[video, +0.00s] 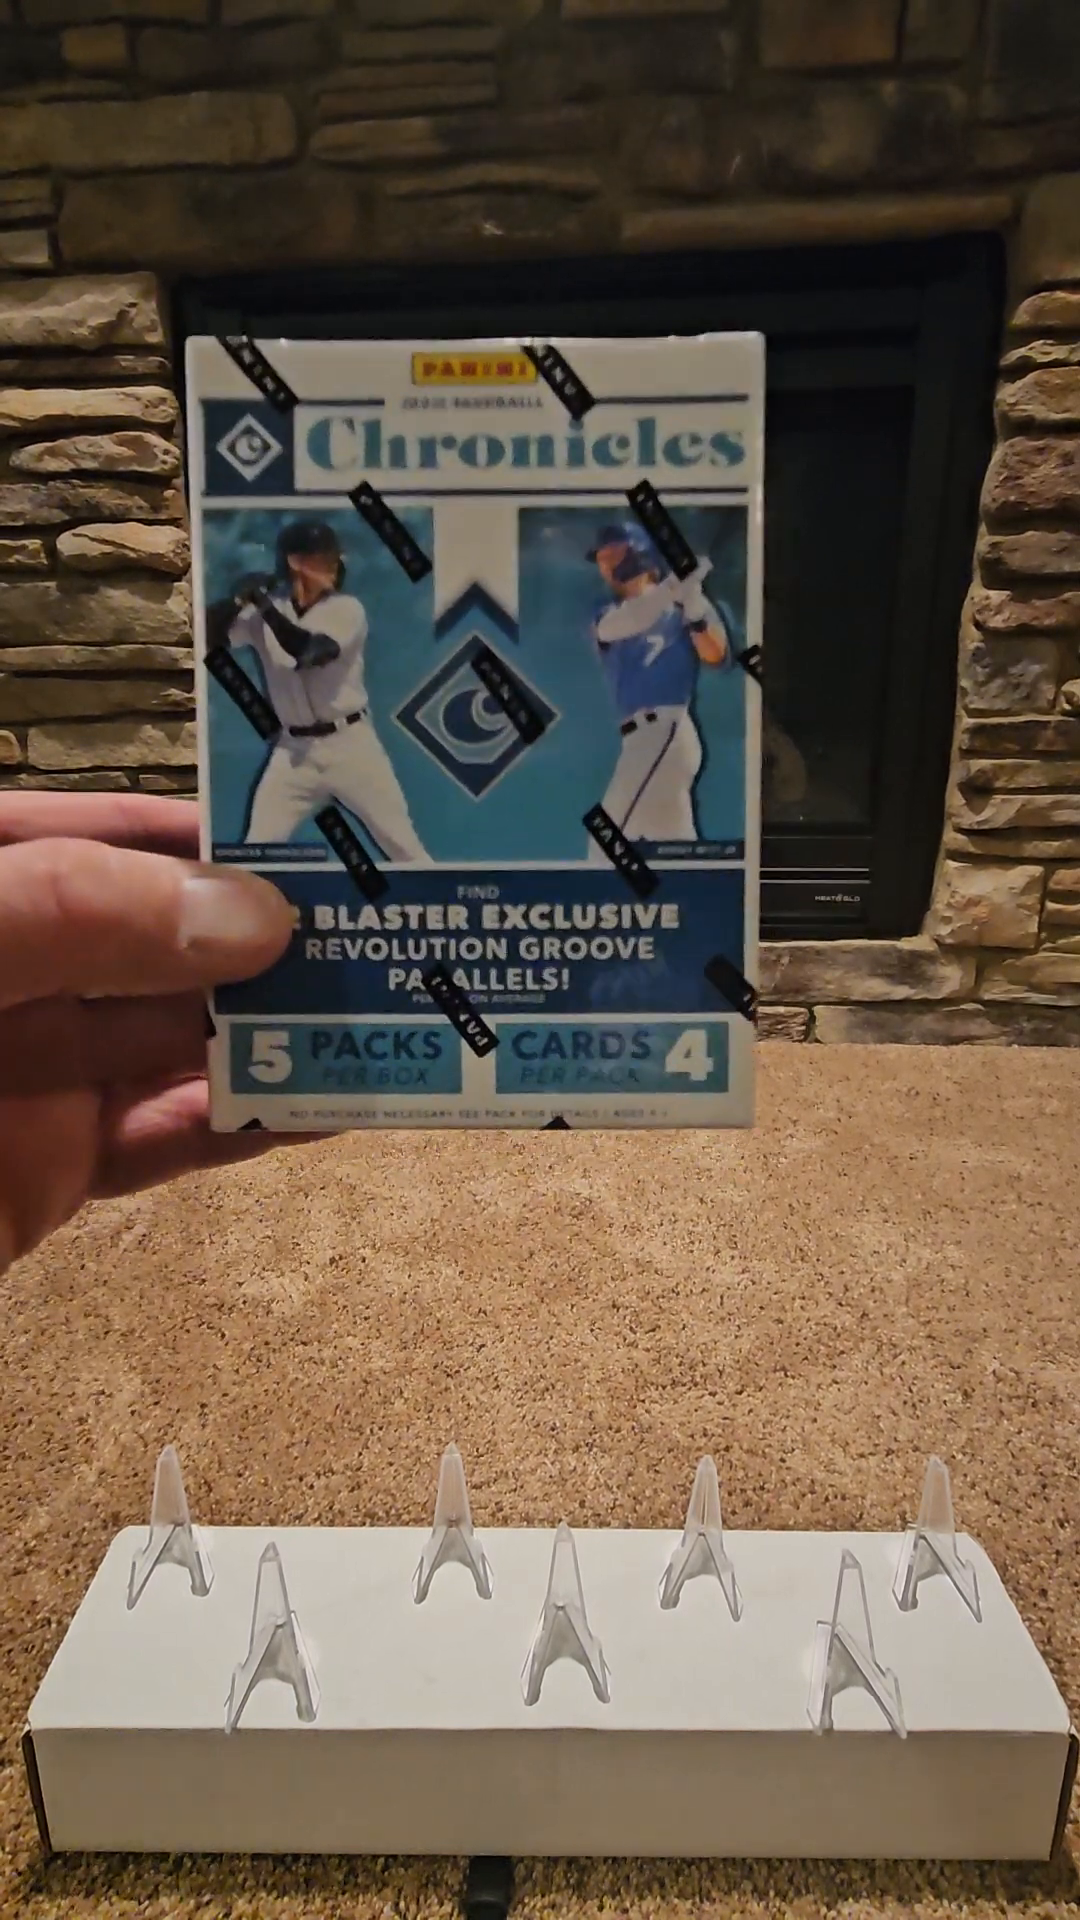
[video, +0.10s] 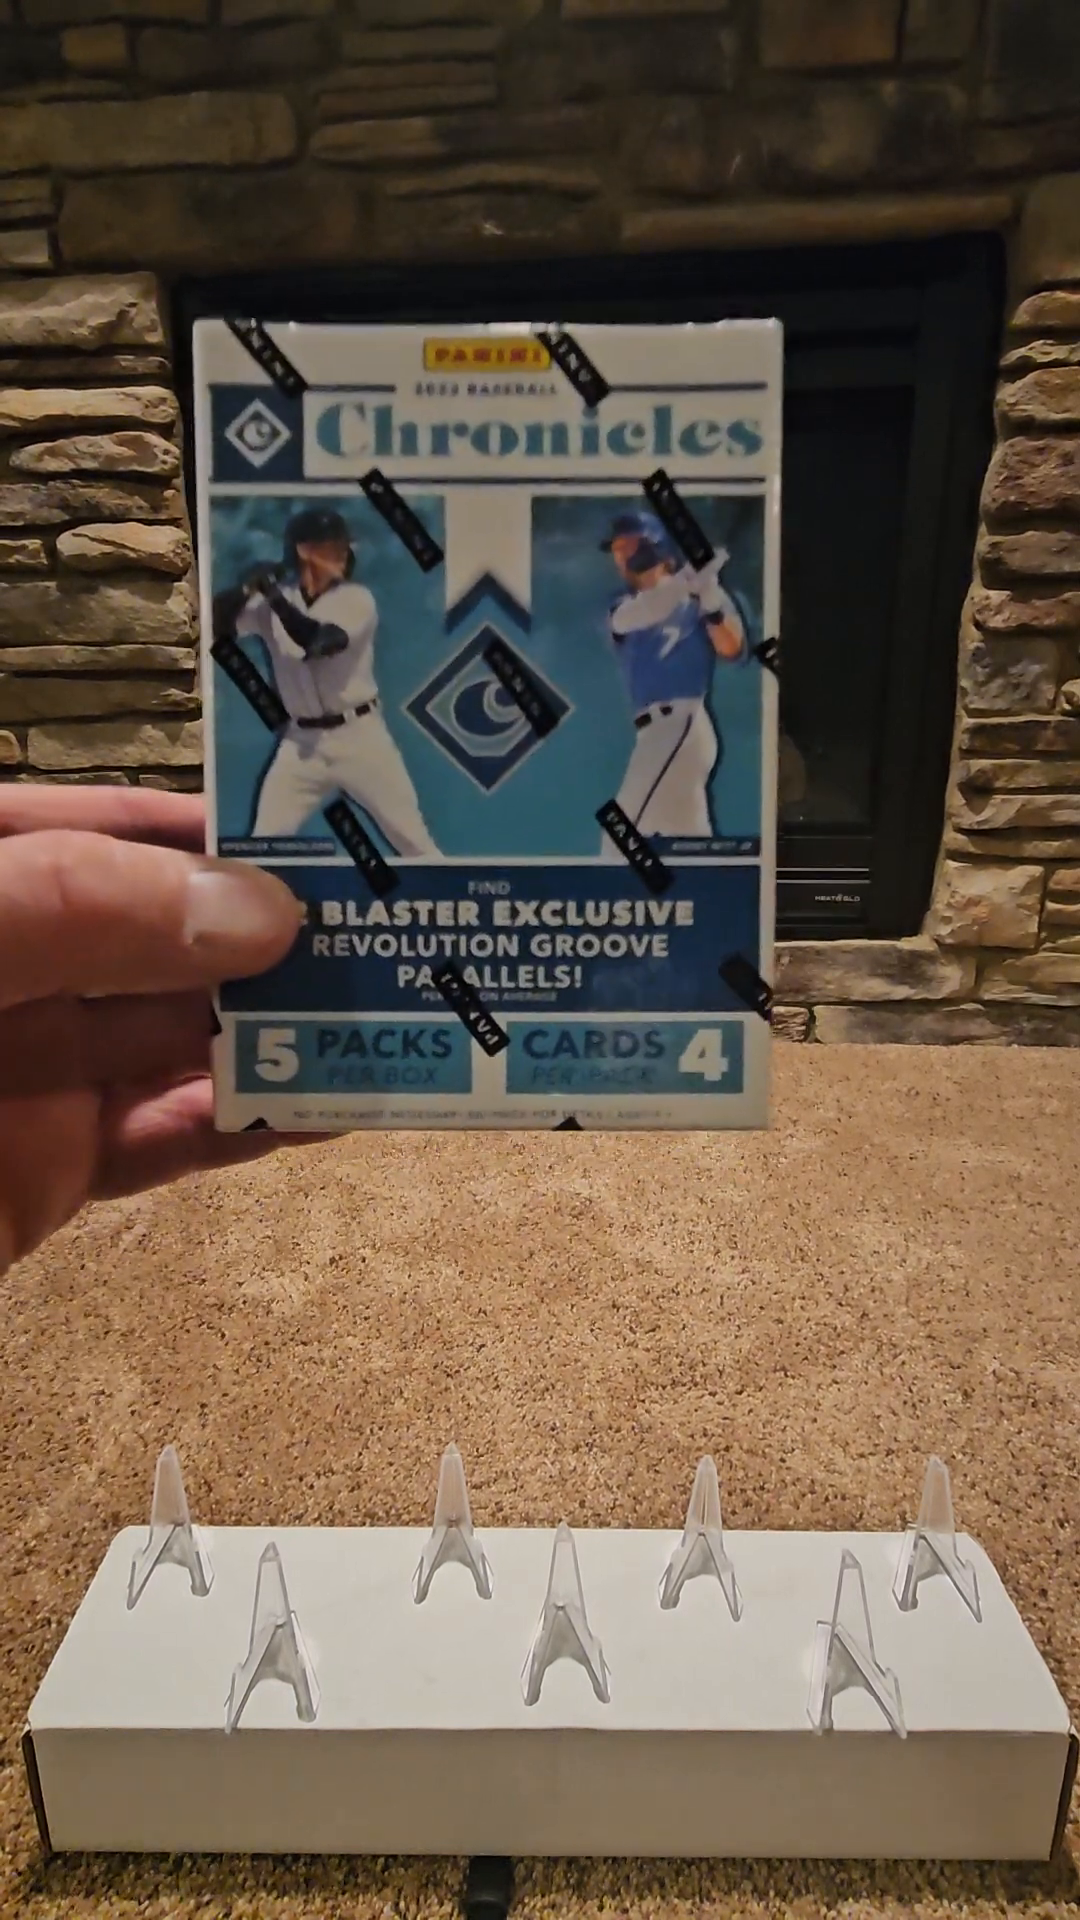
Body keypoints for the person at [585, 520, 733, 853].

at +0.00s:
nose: (605, 566)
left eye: (612, 555)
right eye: (601, 559)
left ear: (638, 557)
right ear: (598, 565)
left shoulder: (685, 603)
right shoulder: (607, 614)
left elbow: (716, 656)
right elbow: (629, 622)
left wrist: (694, 605)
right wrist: (671, 589)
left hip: (667, 733)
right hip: (639, 737)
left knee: (607, 839)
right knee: (676, 851)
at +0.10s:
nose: (622, 558)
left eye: (630, 547)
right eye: (617, 550)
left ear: (656, 549)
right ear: (613, 556)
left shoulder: (699, 592)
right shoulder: (622, 606)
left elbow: (732, 649)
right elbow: (642, 614)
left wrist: (710, 594)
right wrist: (682, 583)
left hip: (682, 727)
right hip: (653, 731)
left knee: (621, 835)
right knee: (693, 848)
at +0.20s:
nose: (631, 531)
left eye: (639, 519)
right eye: (627, 522)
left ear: (665, 520)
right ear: (624, 528)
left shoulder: (715, 566)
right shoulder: (632, 578)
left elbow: (747, 623)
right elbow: (645, 591)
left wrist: (724, 567)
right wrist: (703, 548)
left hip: (695, 703)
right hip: (667, 708)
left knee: (633, 814)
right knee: (704, 828)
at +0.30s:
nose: (644, 525)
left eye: (653, 513)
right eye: (641, 516)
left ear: (681, 514)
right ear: (638, 521)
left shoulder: (735, 562)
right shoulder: (652, 575)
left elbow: (765, 621)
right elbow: (655, 590)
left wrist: (742, 562)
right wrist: (718, 546)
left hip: (711, 704)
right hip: (682, 709)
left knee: (647, 819)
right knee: (721, 833)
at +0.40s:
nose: (669, 529)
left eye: (679, 517)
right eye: (665, 520)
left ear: (706, 518)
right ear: (661, 526)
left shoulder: (759, 568)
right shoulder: (671, 581)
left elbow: (789, 629)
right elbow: (687, 592)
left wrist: (765, 568)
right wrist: (743, 551)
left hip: (733, 712)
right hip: (704, 717)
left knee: (666, 827)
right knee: (742, 844)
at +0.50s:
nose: (679, 509)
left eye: (688, 496)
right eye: (674, 500)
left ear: (717, 497)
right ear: (670, 506)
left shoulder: (769, 547)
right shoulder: (680, 562)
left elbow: (801, 609)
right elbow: (698, 572)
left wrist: (777, 546)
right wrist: (757, 528)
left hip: (744, 697)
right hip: (713, 702)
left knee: (676, 816)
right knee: (753, 832)